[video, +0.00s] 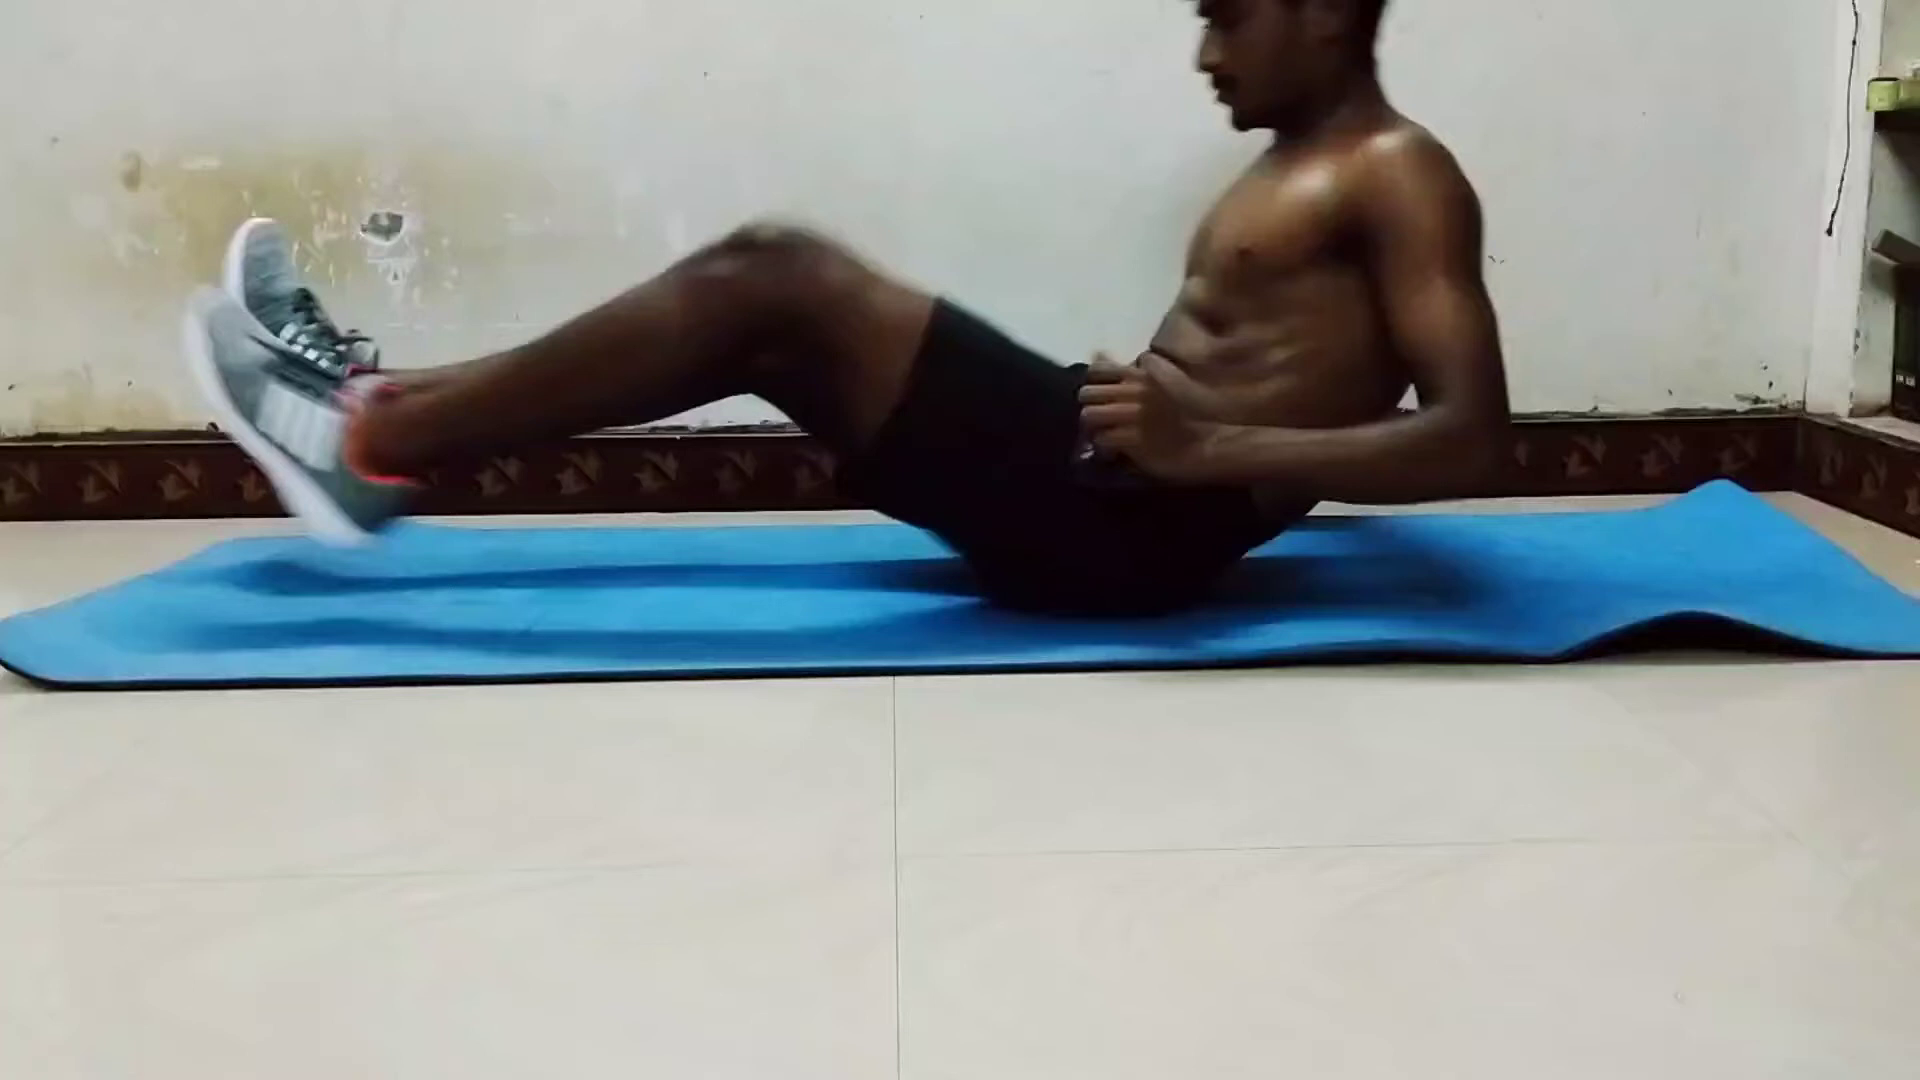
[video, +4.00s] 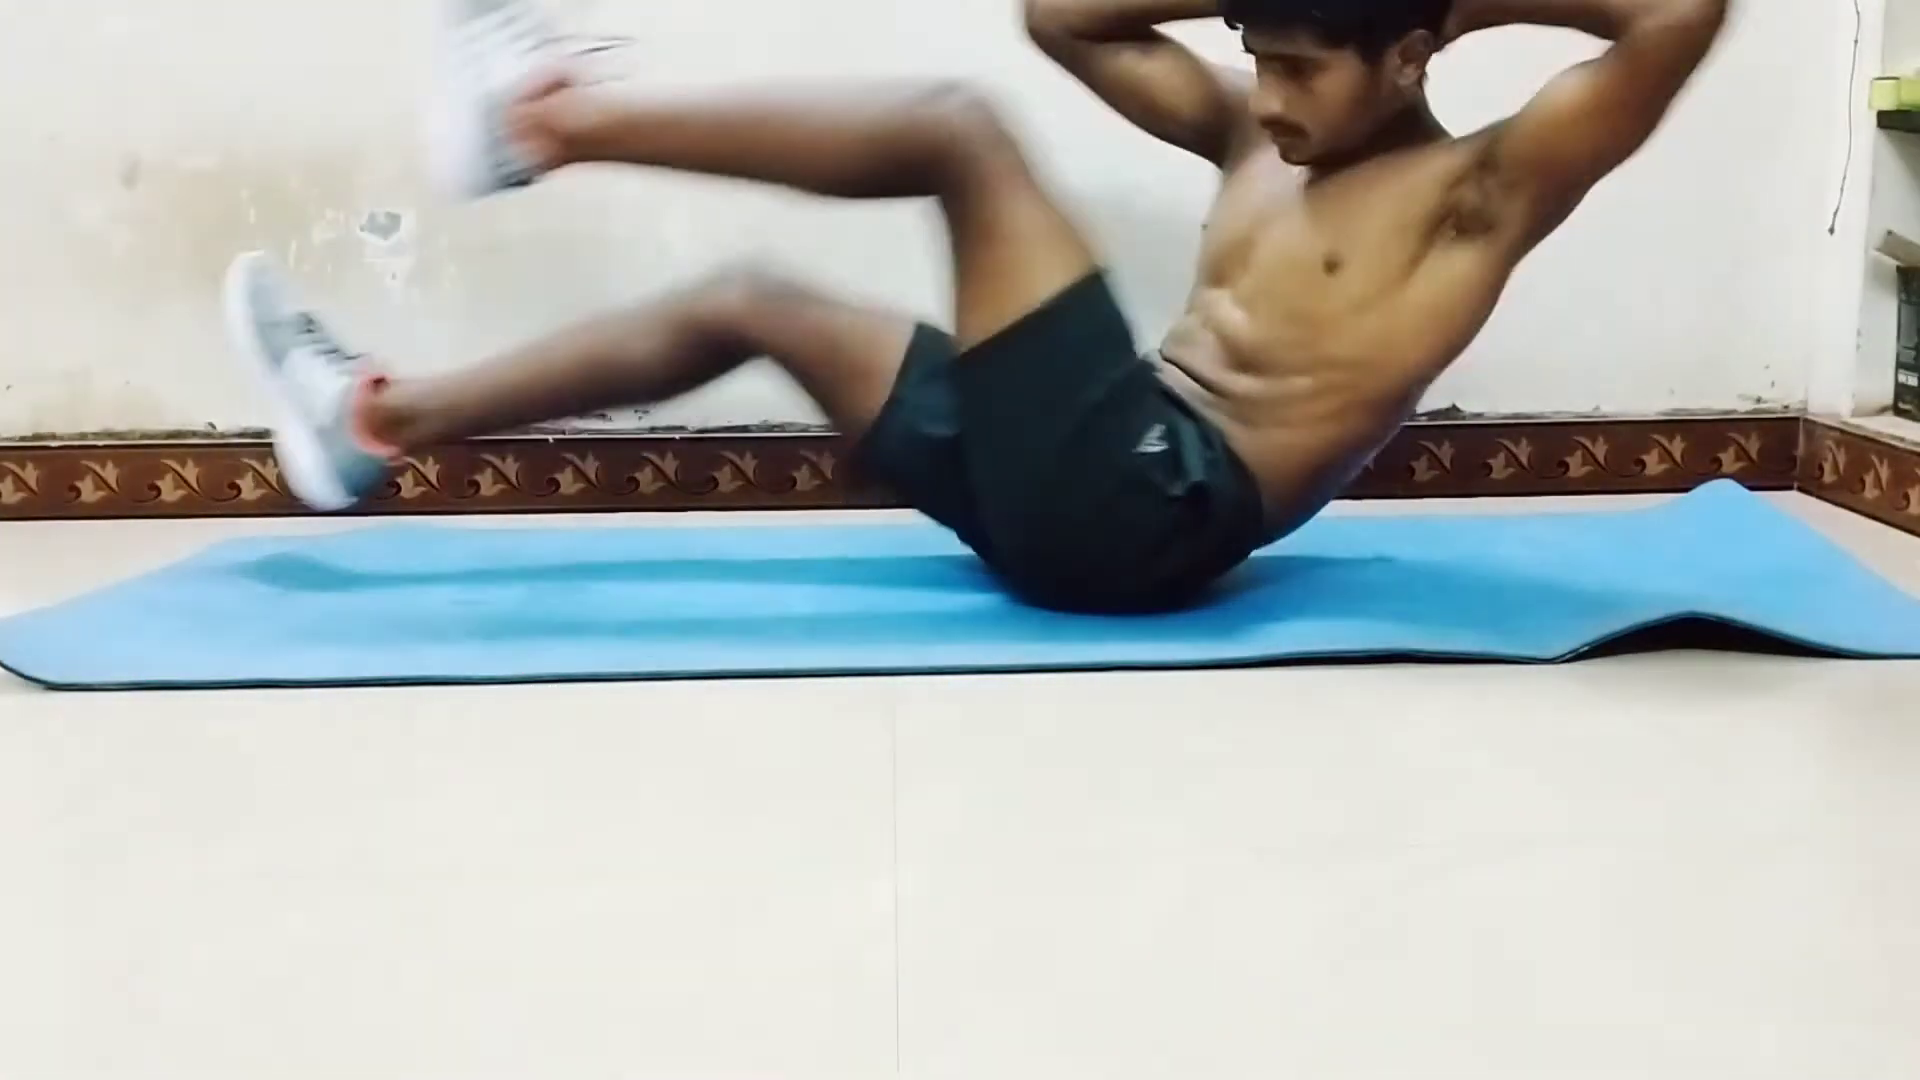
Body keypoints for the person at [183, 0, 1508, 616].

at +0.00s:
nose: (1204, 44)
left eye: (1230, 15)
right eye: (1207, 18)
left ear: (1331, 18)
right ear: (1303, 29)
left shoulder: (1398, 173)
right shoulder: (1291, 171)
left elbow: (1473, 441)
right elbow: (1298, 391)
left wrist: (1212, 443)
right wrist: (1156, 400)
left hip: (1147, 529)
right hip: (1108, 496)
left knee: (773, 279)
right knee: (763, 270)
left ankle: (381, 431)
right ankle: (394, 426)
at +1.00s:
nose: (1323, 41)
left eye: (1364, 16)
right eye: (1320, 12)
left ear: (1457, 38)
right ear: (1318, 25)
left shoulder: (1453, 213)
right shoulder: (1333, 175)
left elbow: (1523, 482)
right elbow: (1311, 379)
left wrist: (1286, 462)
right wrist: (1166, 395)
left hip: (1126, 512)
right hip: (1080, 452)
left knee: (717, 366)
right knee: (710, 346)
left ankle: (268, 398)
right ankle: (285, 408)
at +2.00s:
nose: (1345, 25)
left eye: (1378, 8)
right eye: (1355, 14)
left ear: (1467, 40)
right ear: (1402, 49)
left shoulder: (1499, 222)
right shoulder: (1381, 193)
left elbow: (1411, 370)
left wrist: (1367, 110)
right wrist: (1330, 112)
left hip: (1135, 504)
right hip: (1098, 432)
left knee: (711, 375)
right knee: (730, 310)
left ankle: (262, 415)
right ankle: (326, 447)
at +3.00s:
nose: (1267, 40)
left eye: (1289, 24)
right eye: (1286, 29)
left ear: (1366, 32)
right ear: (1386, 43)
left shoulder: (1379, 132)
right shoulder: (1375, 142)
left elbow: (1168, 5)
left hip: (1122, 513)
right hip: (1118, 434)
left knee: (701, 419)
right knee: (1043, 116)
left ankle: (251, 493)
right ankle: (686, 276)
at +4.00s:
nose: (1273, 90)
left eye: (1306, 68)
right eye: (1269, 69)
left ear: (1405, 69)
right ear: (1281, 80)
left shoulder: (1480, 192)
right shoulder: (1254, 134)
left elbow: (1683, 31)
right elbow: (1068, 30)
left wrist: (1507, 14)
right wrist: (1233, 20)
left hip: (1155, 509)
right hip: (1064, 468)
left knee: (968, 139)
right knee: (748, 296)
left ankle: (547, 127)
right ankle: (378, 426)